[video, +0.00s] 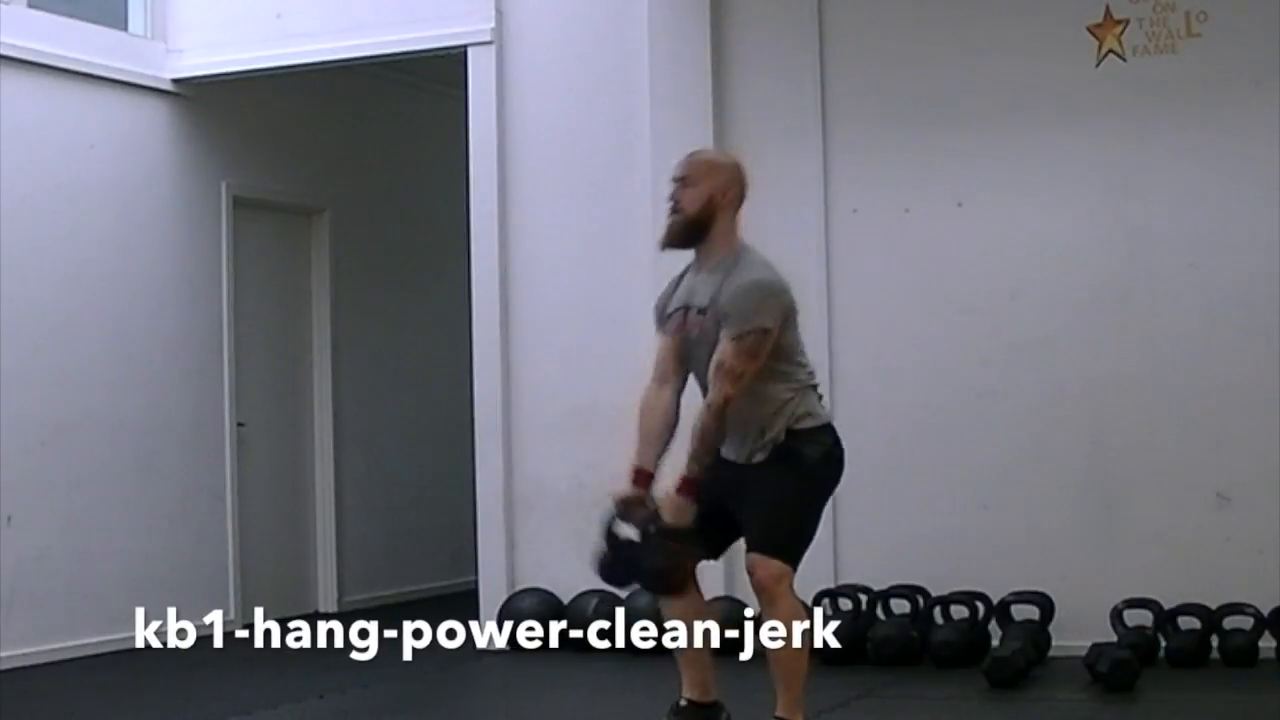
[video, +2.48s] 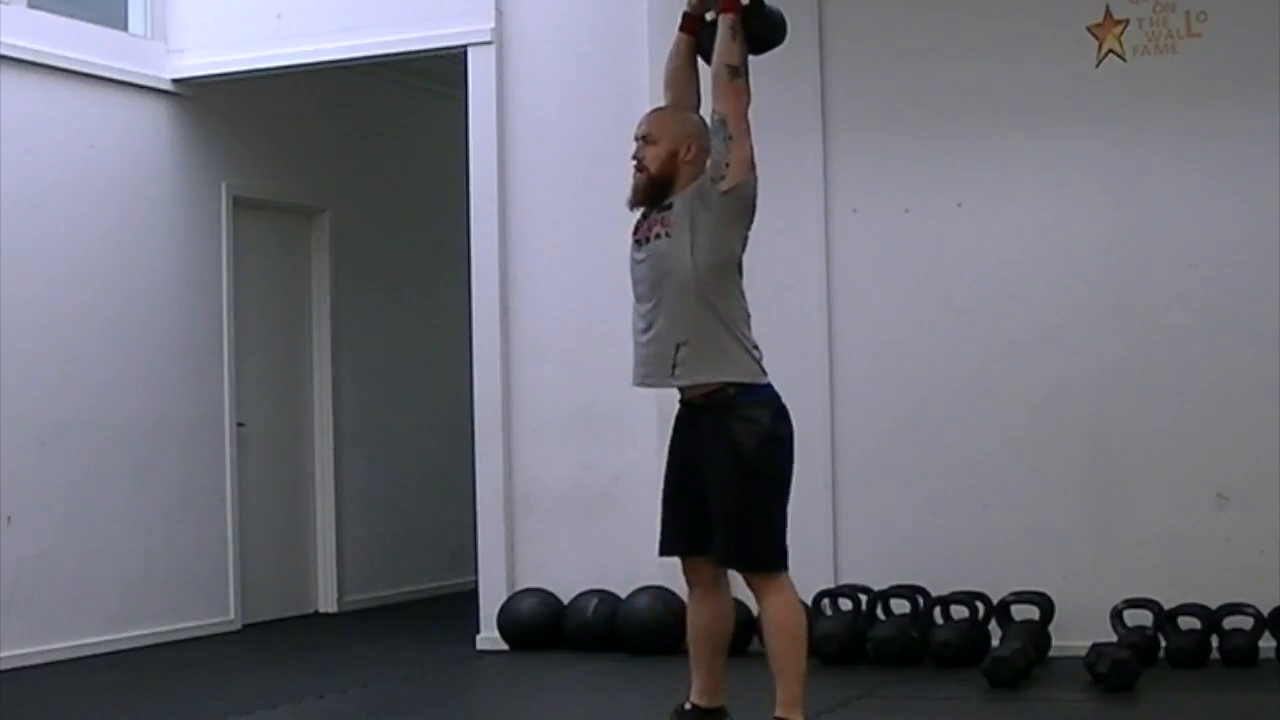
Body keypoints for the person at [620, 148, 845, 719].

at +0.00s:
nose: (672, 194)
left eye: (685, 184)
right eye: (674, 184)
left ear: (724, 196)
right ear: (707, 198)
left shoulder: (757, 285)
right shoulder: (680, 290)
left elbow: (721, 401)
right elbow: (664, 385)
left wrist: (688, 485)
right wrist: (642, 474)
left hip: (799, 449)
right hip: (734, 454)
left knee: (767, 571)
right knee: (667, 553)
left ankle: (791, 712)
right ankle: (700, 702)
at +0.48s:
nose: (554, 268)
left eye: (565, 255)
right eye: (556, 256)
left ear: (605, 263)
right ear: (599, 265)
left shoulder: (674, 331)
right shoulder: (610, 349)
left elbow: (724, 440)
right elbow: (670, 435)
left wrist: (754, 515)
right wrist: (723, 505)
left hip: (788, 444)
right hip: (736, 455)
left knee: (755, 574)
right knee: (669, 560)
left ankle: (793, 713)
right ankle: (703, 704)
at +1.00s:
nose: (711, 155)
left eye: (724, 146)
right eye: (714, 145)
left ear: (764, 158)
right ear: (744, 159)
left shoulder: (784, 226)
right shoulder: (718, 234)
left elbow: (769, 323)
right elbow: (698, 330)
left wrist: (682, 294)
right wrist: (641, 304)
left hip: (769, 422)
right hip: (713, 423)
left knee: (766, 570)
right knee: (695, 566)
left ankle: (792, 712)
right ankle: (704, 704)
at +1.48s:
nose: (695, 199)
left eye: (709, 190)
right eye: (696, 189)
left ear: (747, 205)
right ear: (699, 202)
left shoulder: (764, 278)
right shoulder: (684, 278)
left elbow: (700, 347)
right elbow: (634, 363)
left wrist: (701, 264)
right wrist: (657, 280)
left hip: (741, 467)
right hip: (681, 471)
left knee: (693, 601)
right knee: (625, 594)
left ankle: (782, 713)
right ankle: (698, 706)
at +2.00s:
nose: (651, 181)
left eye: (663, 172)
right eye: (650, 173)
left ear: (701, 180)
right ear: (656, 189)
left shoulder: (726, 237)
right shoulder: (663, 242)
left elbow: (730, 144)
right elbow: (650, 145)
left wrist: (717, 66)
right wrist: (663, 71)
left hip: (751, 443)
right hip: (699, 446)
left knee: (720, 593)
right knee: (645, 578)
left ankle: (787, 714)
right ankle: (701, 707)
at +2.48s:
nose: (636, 152)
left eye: (648, 140)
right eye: (636, 140)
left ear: (689, 151)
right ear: (665, 154)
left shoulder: (719, 203)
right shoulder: (657, 214)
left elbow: (733, 105)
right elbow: (674, 113)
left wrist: (731, 26)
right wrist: (688, 27)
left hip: (747, 413)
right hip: (696, 415)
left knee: (765, 574)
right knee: (700, 570)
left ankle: (789, 711)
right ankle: (705, 704)